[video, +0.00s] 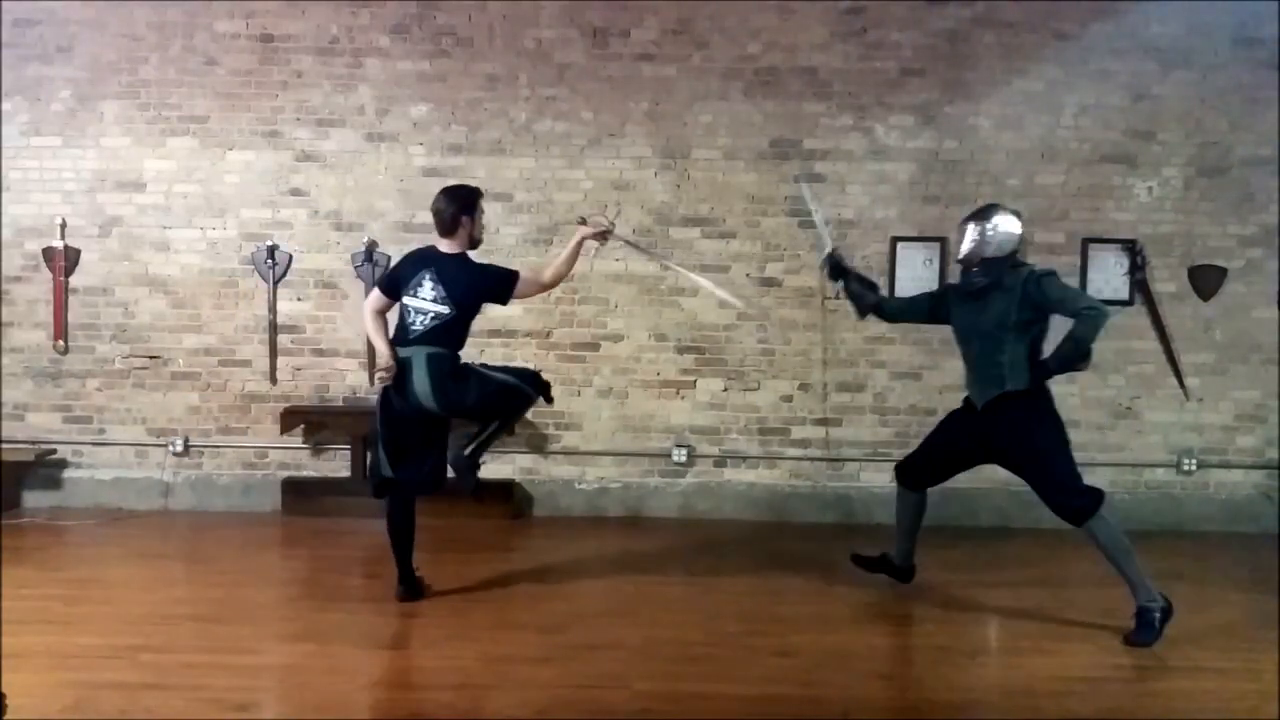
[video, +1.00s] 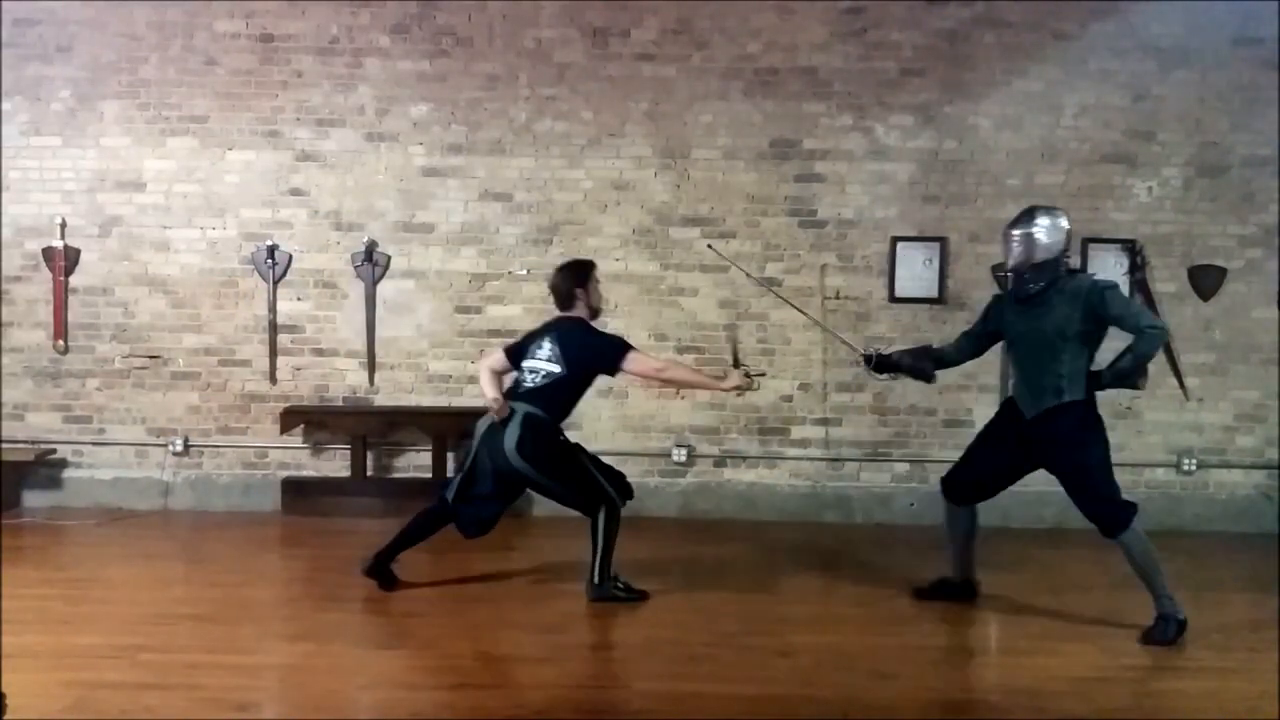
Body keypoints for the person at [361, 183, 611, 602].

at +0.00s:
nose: (481, 224)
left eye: (480, 216)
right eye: (478, 217)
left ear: (439, 222)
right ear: (463, 222)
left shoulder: (412, 261)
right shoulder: (474, 275)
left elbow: (372, 309)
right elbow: (546, 280)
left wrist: (385, 354)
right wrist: (579, 237)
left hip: (399, 389)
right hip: (441, 385)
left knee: (402, 482)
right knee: (527, 387)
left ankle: (406, 579)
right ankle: (468, 456)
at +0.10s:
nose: (506, 227)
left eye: (503, 219)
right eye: (502, 220)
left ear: (465, 225)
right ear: (487, 225)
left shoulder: (436, 264)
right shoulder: (498, 279)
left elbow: (392, 309)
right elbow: (566, 277)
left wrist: (405, 351)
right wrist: (579, 241)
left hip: (414, 388)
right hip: (457, 390)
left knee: (411, 482)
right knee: (537, 419)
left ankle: (406, 579)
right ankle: (476, 485)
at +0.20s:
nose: (526, 233)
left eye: (524, 226)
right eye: (523, 227)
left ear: (486, 231)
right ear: (510, 231)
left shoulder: (457, 271)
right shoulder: (522, 287)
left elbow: (413, 314)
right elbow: (592, 300)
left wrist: (432, 354)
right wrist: (616, 261)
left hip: (432, 388)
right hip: (477, 394)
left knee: (418, 481)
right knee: (542, 453)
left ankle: (406, 578)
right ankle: (509, 531)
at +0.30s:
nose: (555, 244)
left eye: (552, 236)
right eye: (551, 237)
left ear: (515, 242)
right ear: (537, 242)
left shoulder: (488, 283)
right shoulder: (549, 298)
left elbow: (439, 320)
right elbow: (615, 336)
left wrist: (458, 360)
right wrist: (666, 303)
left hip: (453, 396)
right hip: (497, 404)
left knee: (425, 484)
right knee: (556, 481)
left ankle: (396, 576)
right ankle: (570, 570)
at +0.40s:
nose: (591, 268)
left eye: (588, 260)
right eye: (587, 261)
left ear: (549, 268)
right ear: (574, 267)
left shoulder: (523, 306)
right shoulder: (581, 320)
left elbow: (471, 332)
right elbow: (644, 361)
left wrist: (485, 372)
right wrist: (702, 364)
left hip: (477, 410)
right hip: (519, 420)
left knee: (428, 491)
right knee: (586, 493)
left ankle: (377, 571)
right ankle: (597, 580)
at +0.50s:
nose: (624, 301)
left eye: (621, 293)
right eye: (621, 294)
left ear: (582, 300)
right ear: (607, 300)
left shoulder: (554, 334)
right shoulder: (610, 351)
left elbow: (495, 358)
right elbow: (670, 393)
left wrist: (505, 397)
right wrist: (724, 415)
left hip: (498, 430)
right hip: (538, 442)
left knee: (440, 498)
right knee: (614, 495)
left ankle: (376, 569)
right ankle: (601, 581)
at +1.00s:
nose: (603, 293)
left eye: (599, 286)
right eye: (597, 287)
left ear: (561, 297)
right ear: (583, 294)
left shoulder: (536, 337)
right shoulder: (593, 340)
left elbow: (487, 366)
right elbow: (655, 369)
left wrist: (497, 403)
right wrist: (718, 382)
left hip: (493, 434)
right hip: (532, 439)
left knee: (452, 502)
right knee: (607, 496)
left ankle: (382, 559)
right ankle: (601, 581)